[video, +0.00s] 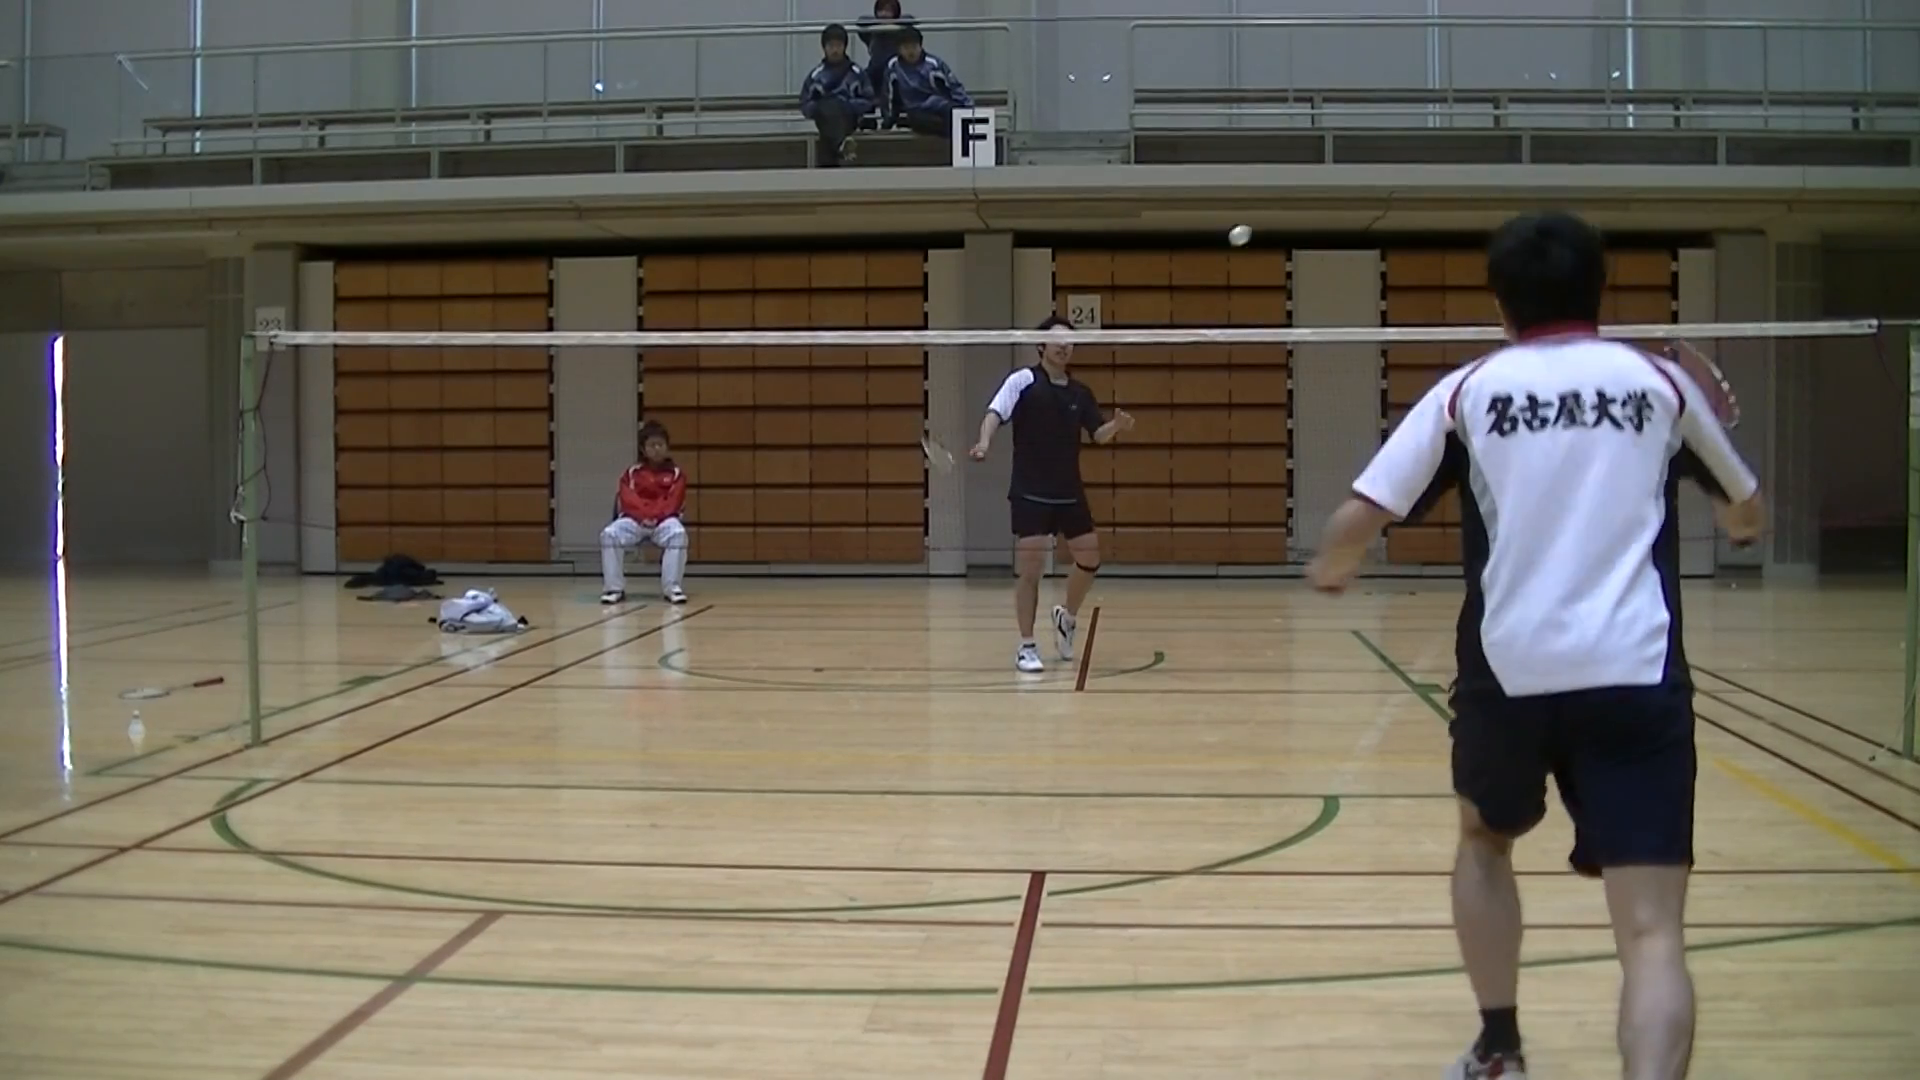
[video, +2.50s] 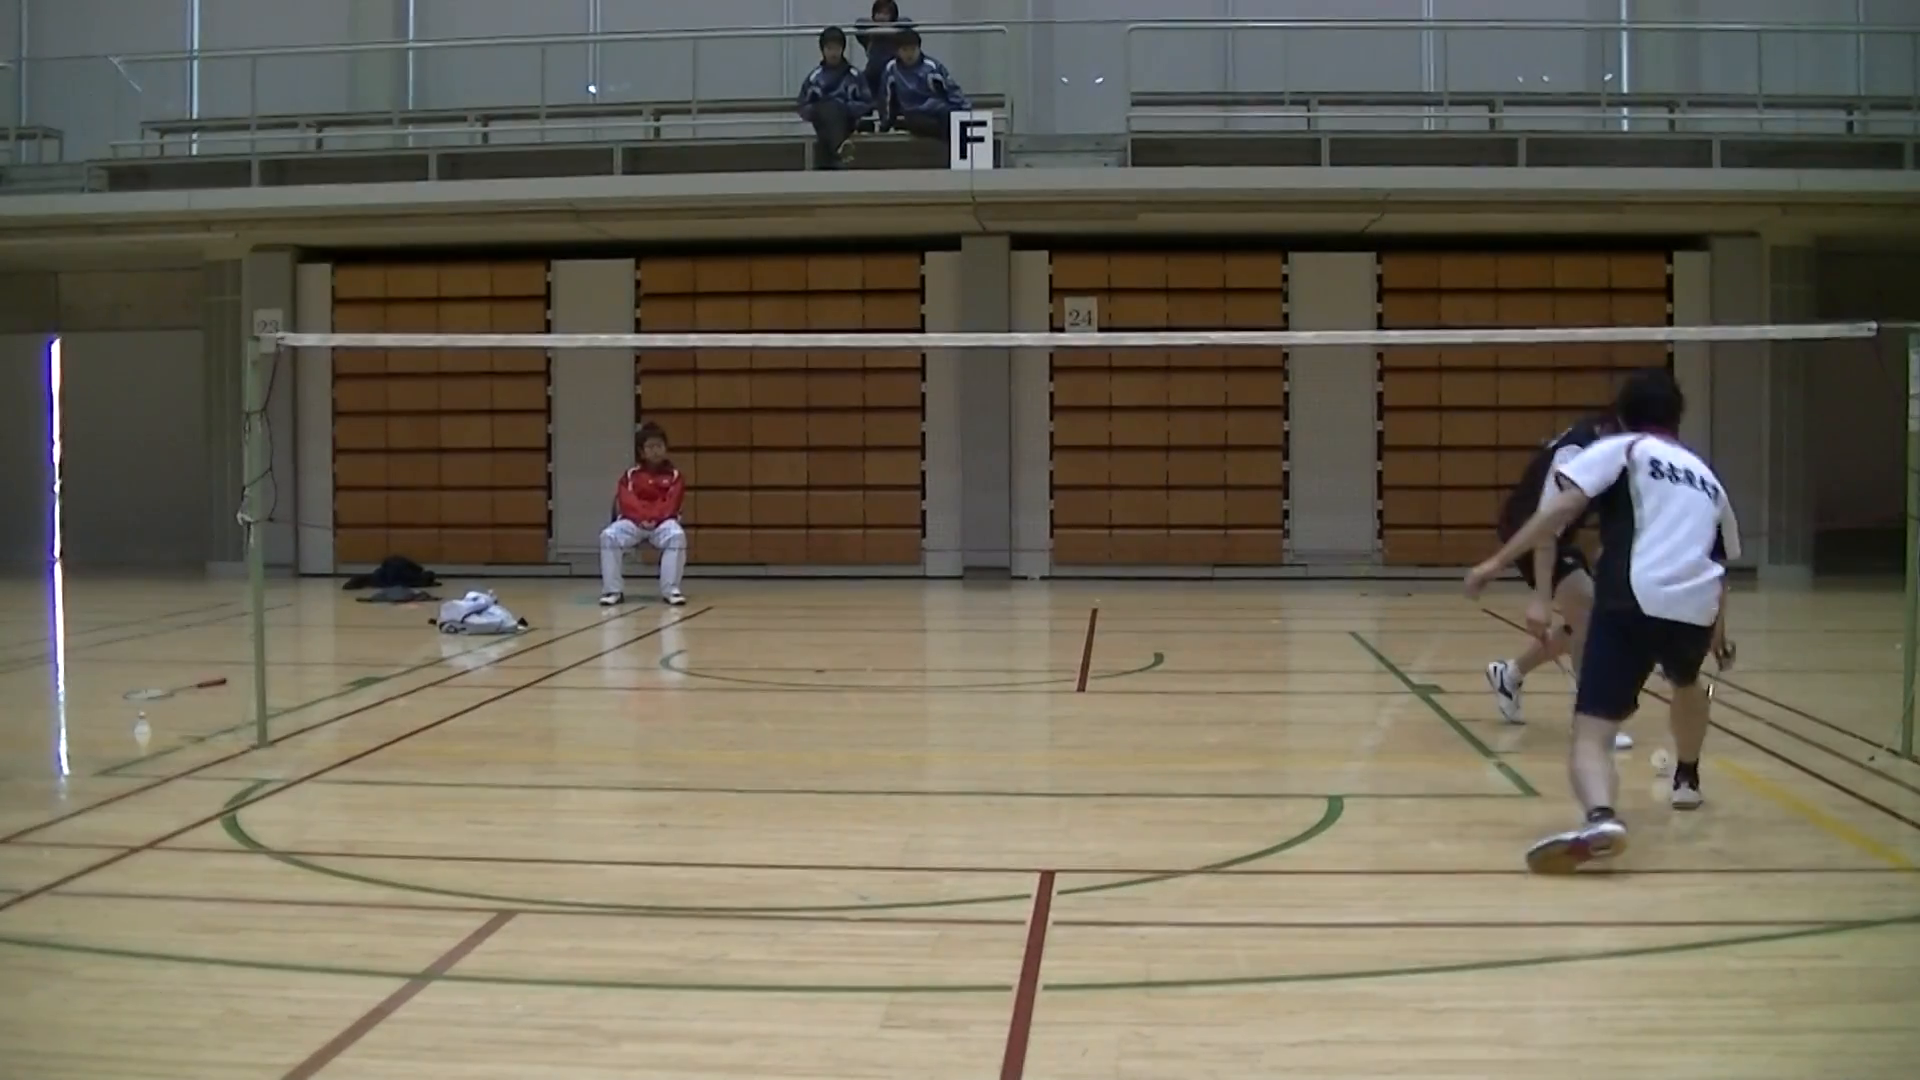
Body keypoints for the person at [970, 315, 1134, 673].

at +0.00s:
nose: (1064, 352)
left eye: (1069, 347)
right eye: (1058, 346)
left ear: (1074, 350)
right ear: (1042, 346)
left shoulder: (1078, 391)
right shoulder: (1022, 380)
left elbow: (1098, 435)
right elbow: (995, 414)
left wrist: (1115, 426)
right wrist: (984, 443)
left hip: (1069, 489)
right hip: (1030, 488)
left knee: (1089, 558)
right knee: (1030, 566)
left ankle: (1067, 618)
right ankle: (1027, 645)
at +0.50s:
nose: (1107, 366)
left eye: (1112, 361)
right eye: (1101, 359)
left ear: (1118, 367)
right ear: (1087, 364)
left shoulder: (1115, 405)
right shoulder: (1066, 398)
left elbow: (1109, 454)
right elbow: (1040, 449)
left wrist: (1130, 479)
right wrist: (1030, 499)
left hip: (1094, 492)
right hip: (1061, 490)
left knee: (1105, 564)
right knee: (1069, 549)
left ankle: (1085, 633)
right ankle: (1041, 639)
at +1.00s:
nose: (1161, 396)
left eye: (1166, 391)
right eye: (1154, 390)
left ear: (1171, 397)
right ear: (1140, 395)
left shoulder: (1179, 434)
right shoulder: (1124, 433)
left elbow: (1216, 455)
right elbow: (1099, 484)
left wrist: (1256, 435)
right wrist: (1096, 532)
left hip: (1155, 525)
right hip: (1120, 523)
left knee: (1147, 588)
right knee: (1117, 583)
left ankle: (1124, 623)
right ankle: (1092, 643)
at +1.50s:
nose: (1295, 408)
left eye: (1299, 401)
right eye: (1290, 399)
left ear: (1299, 403)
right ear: (1268, 400)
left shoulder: (1267, 437)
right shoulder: (1258, 436)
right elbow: (1263, 495)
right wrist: (1292, 538)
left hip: (1210, 521)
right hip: (1206, 521)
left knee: (1179, 600)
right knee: (1265, 569)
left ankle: (1119, 643)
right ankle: (1271, 665)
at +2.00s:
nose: (1495, 387)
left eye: (1499, 380)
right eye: (1492, 377)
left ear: (1491, 377)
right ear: (1473, 371)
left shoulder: (1474, 410)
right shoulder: (1443, 402)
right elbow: (1410, 467)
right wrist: (1391, 527)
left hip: (1428, 508)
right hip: (1399, 509)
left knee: (1461, 589)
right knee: (1439, 584)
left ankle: (1471, 685)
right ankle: (1395, 661)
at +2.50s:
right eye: (1639, 435)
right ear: (1622, 425)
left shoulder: (1624, 448)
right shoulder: (1578, 446)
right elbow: (1546, 524)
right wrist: (1542, 599)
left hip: (1560, 536)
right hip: (1530, 531)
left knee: (1585, 620)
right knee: (1589, 609)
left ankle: (1511, 673)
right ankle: (1598, 720)